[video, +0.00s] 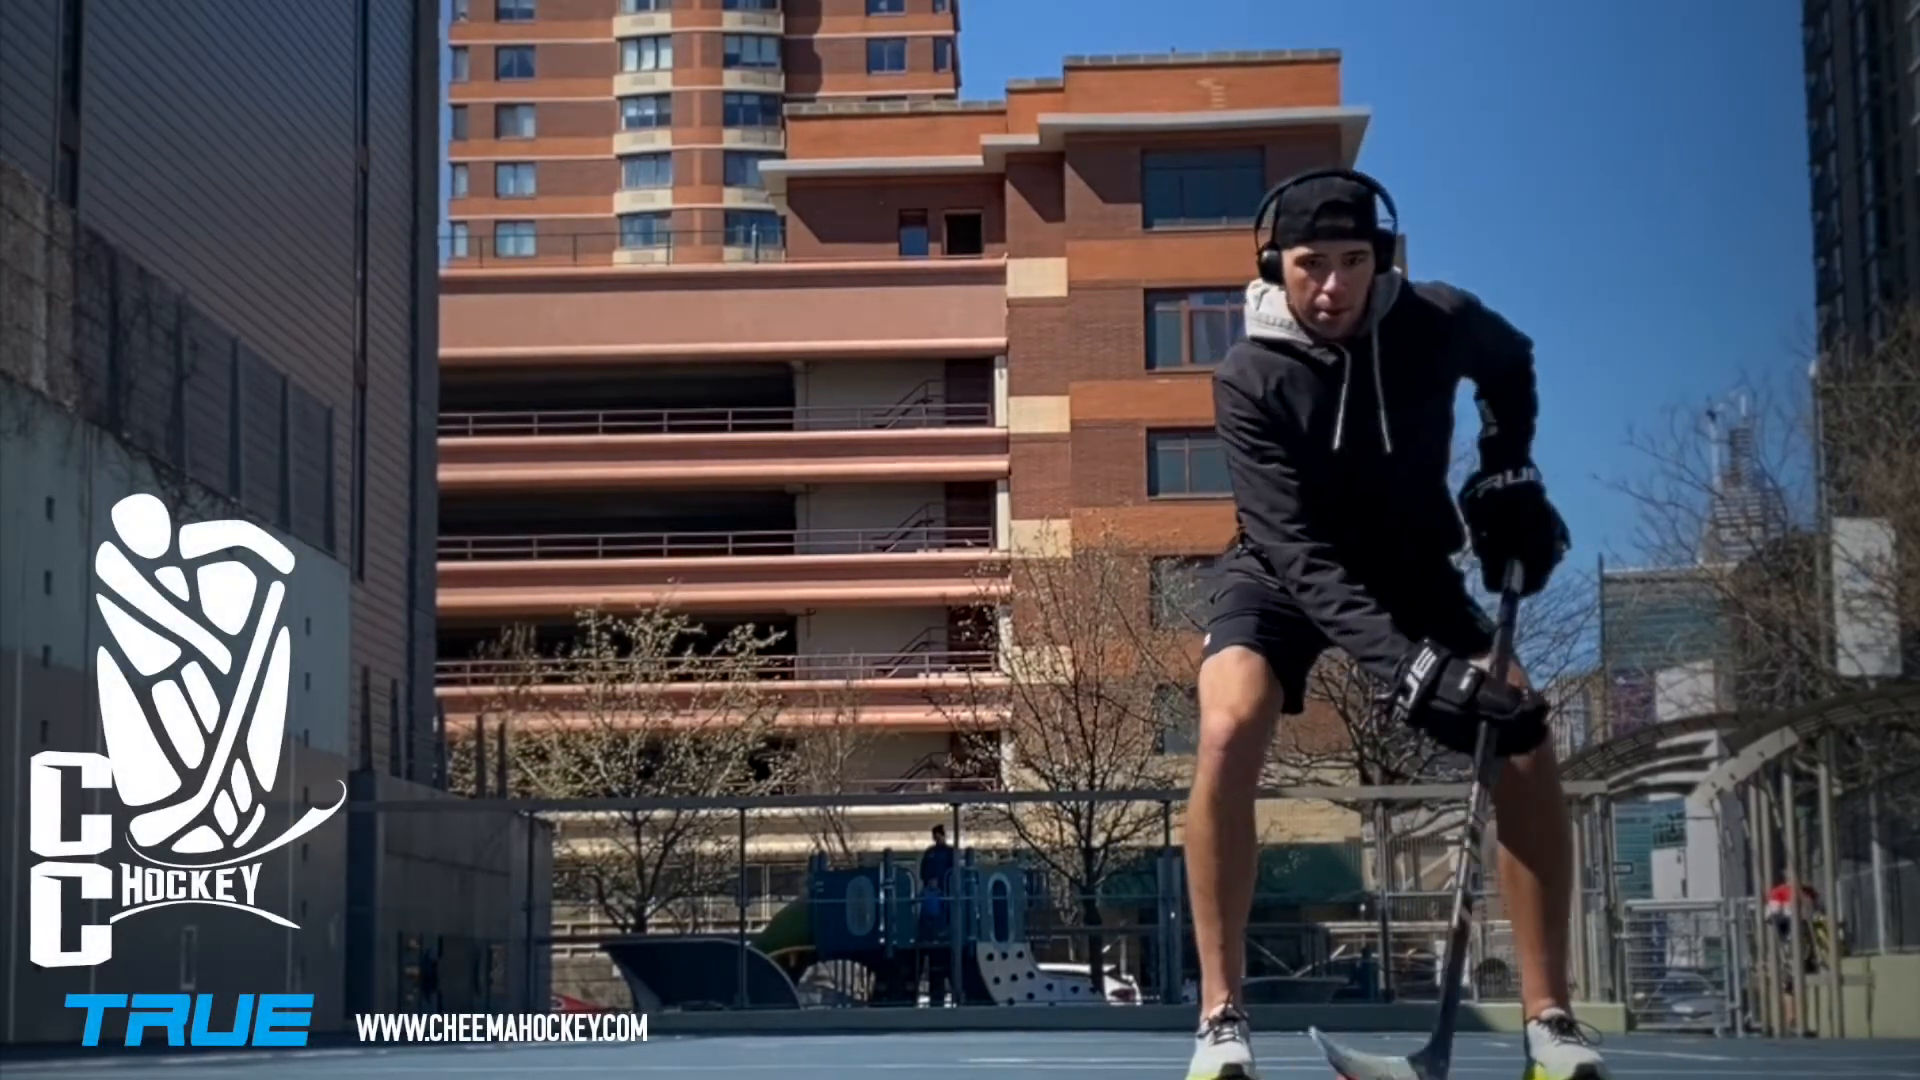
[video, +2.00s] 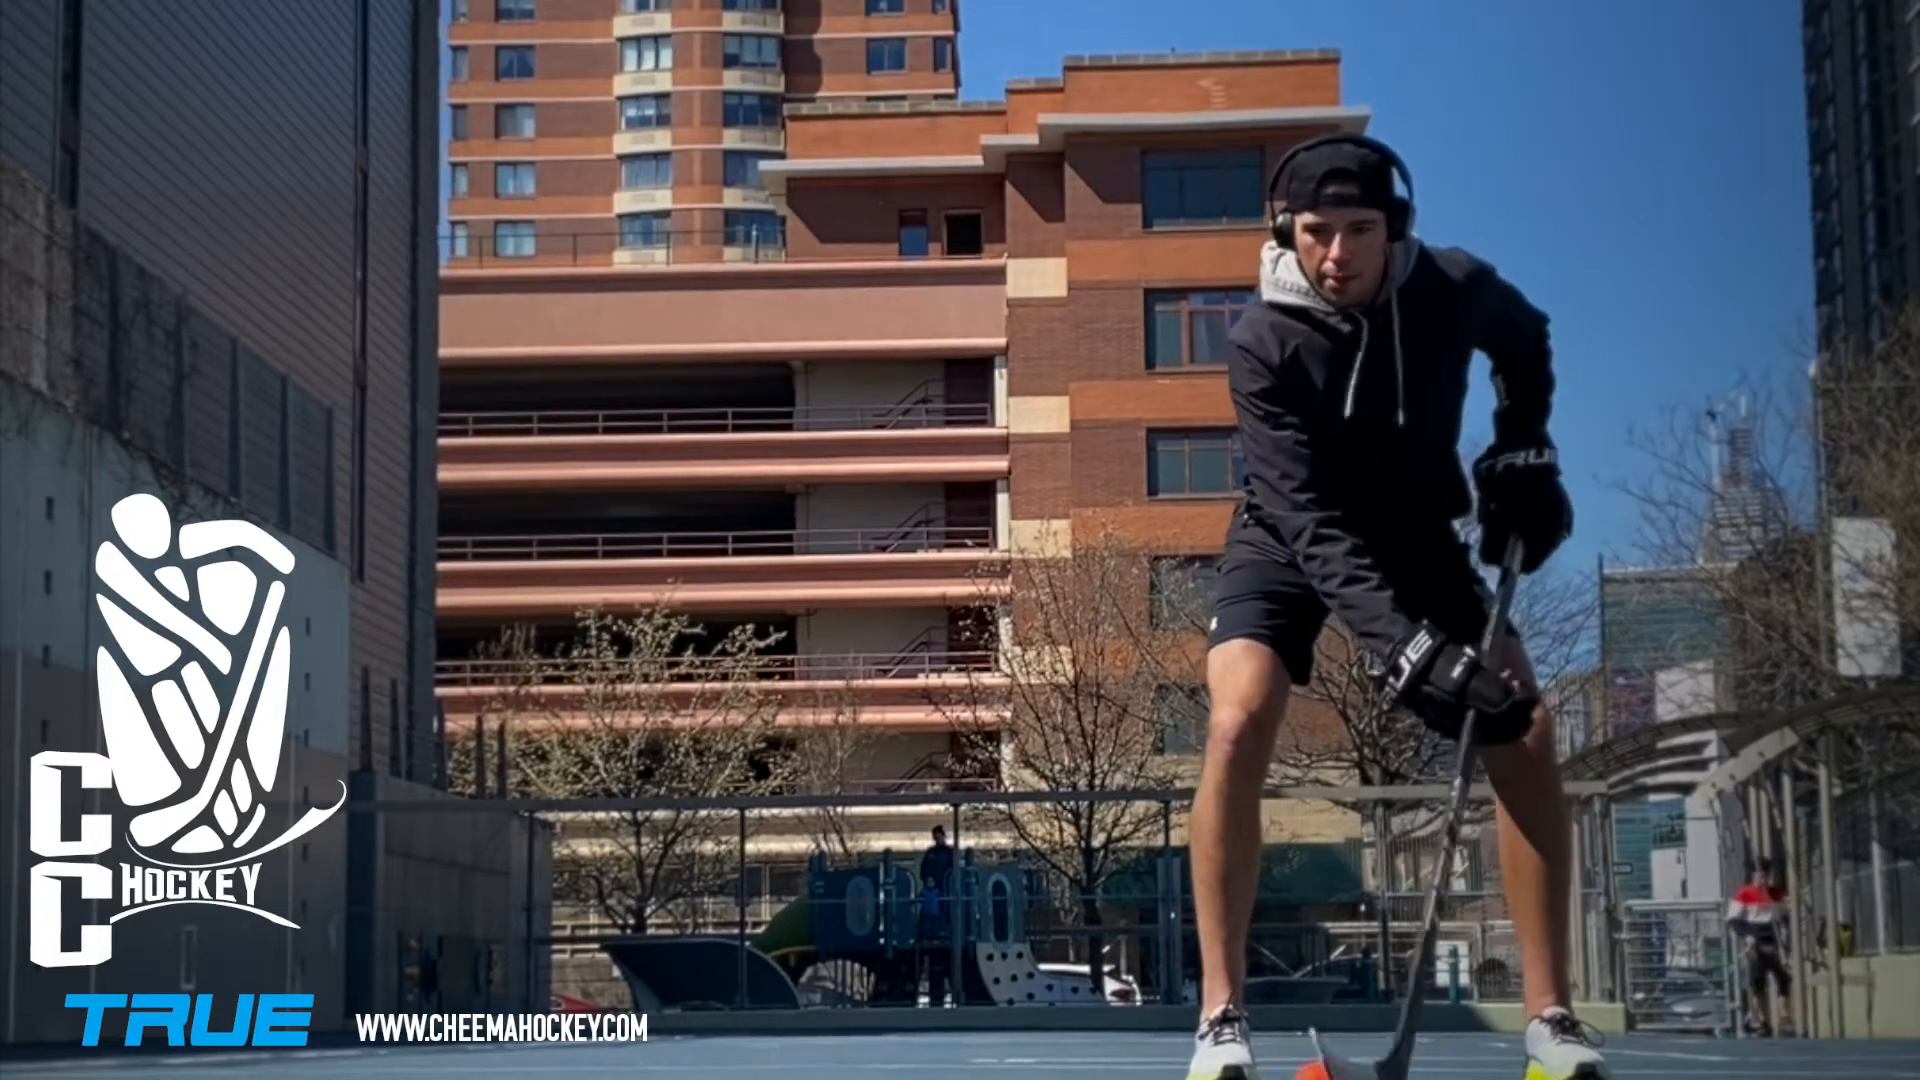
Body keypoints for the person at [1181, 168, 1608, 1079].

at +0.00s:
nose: (1330, 286)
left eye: (1349, 264)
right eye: (1310, 266)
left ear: (1379, 262)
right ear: (1278, 265)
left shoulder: (1432, 319)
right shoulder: (1253, 376)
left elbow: (1509, 362)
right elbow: (1294, 553)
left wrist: (1506, 474)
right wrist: (1411, 670)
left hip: (1412, 564)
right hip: (1284, 570)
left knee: (1523, 742)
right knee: (1230, 726)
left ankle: (1549, 1016)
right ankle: (1219, 1015)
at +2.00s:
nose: (1336, 252)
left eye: (1357, 231)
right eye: (1316, 232)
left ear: (1394, 229)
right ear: (1288, 235)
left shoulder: (1448, 285)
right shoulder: (1265, 339)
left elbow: (1524, 337)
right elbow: (1305, 521)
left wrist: (1523, 456)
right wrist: (1411, 650)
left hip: (1418, 533)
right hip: (1286, 538)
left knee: (1523, 730)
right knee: (1238, 725)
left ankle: (1551, 1015)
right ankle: (1220, 1014)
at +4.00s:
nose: (1474, 242)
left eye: (1482, 222)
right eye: (1453, 226)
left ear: (1489, 225)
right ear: (1397, 234)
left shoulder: (1508, 299)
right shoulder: (1332, 344)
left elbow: (1553, 364)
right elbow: (1364, 541)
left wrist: (1568, 471)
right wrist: (1499, 661)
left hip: (1441, 546)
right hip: (1315, 541)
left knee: (1554, 763)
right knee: (1272, 734)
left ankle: (1555, 1017)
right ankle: (1224, 1014)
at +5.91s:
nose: (1530, 251)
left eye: (1528, 233)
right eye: (1516, 234)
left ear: (1463, 239)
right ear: (1459, 240)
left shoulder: (1490, 306)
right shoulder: (1352, 334)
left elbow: (1514, 398)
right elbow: (1394, 543)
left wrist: (1530, 480)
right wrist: (1530, 671)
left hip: (1408, 546)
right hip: (1294, 537)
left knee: (1535, 744)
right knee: (1278, 737)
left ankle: (1556, 1023)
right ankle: (1225, 1016)